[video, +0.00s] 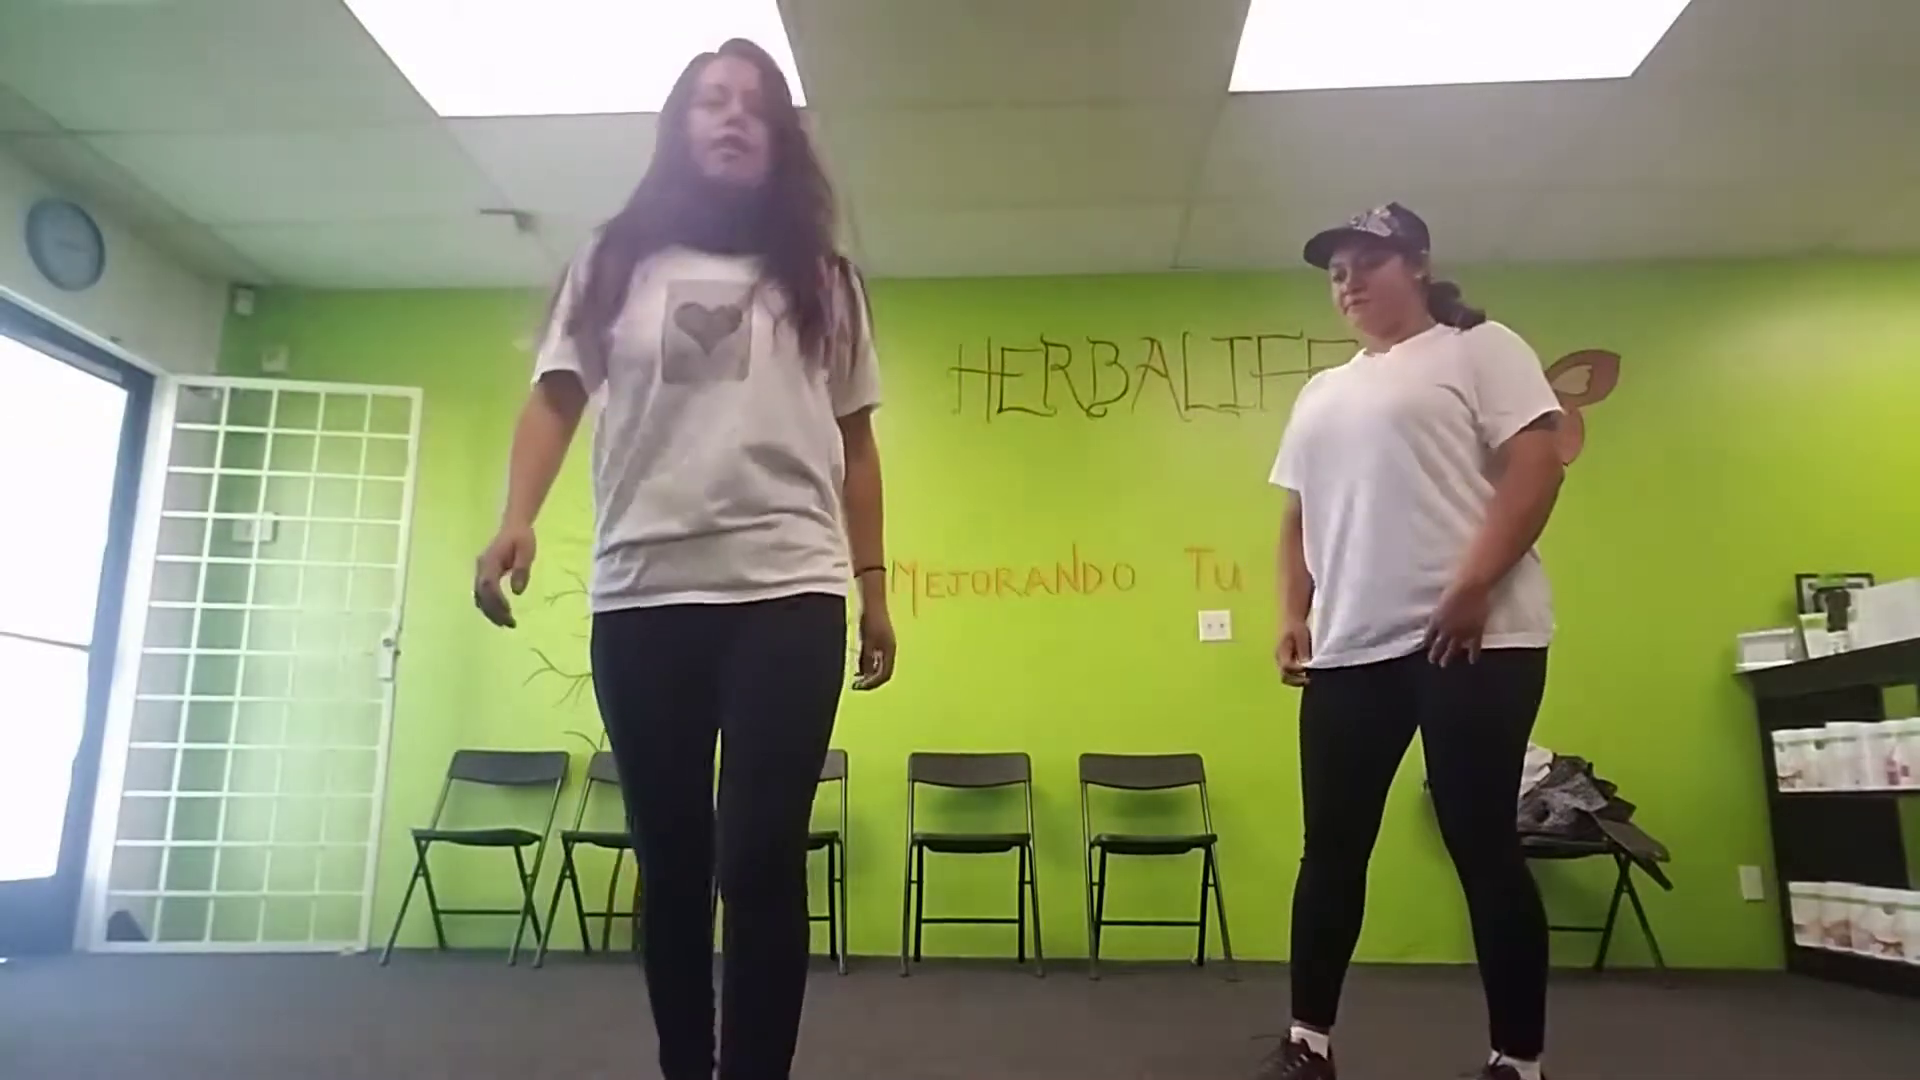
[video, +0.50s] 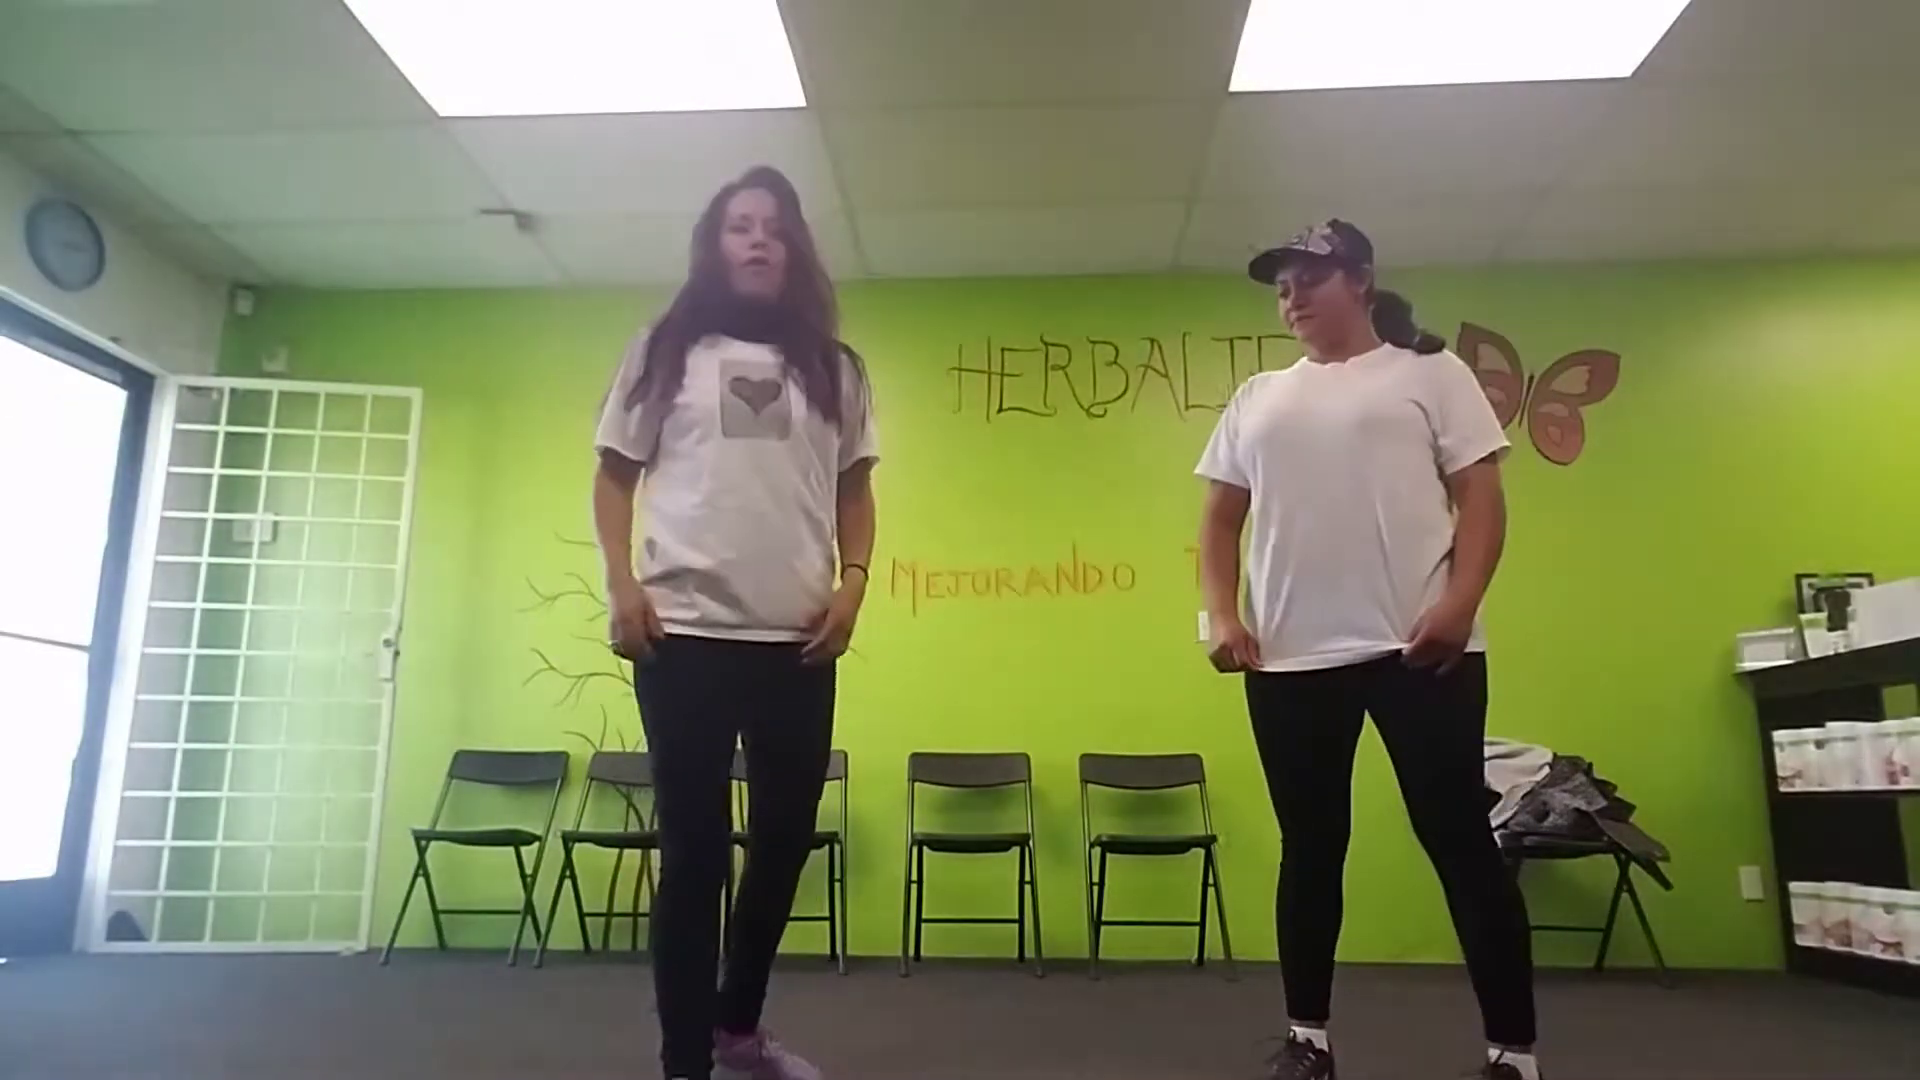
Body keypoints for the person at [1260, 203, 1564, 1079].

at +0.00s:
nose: (1349, 283)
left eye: (1367, 264)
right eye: (1339, 273)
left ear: (1418, 265)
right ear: (1335, 287)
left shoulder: (1483, 348)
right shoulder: (1320, 393)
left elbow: (1536, 464)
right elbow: (1300, 517)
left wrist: (1475, 584)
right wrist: (1294, 610)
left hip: (1475, 641)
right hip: (1350, 656)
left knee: (1483, 845)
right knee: (1331, 847)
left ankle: (1518, 1060)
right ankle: (1308, 1044)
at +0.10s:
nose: (1348, 280)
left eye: (1368, 261)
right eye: (1338, 269)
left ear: (1417, 264)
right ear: (1333, 285)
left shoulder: (1484, 349)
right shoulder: (1316, 391)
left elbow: (1549, 460)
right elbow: (1291, 513)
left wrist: (1489, 582)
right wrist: (1283, 613)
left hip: (1476, 641)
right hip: (1347, 655)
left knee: (1486, 843)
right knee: (1323, 844)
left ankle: (1518, 1059)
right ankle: (1308, 1040)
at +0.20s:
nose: (1342, 281)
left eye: (1361, 263)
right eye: (1333, 270)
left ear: (1411, 265)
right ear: (1328, 287)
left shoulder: (1479, 353)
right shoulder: (1307, 392)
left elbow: (1549, 466)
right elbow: (1279, 511)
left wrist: (1494, 584)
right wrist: (1269, 612)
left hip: (1469, 643)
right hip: (1339, 656)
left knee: (1488, 844)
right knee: (1319, 846)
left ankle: (1518, 1059)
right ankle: (1306, 1036)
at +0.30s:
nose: (1330, 287)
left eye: (1349, 269)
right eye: (1322, 275)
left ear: (1399, 271)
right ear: (1316, 291)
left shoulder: (1470, 363)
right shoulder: (1291, 397)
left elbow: (1533, 480)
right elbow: (1261, 512)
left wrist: (1490, 588)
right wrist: (1254, 611)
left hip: (1458, 648)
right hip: (1328, 661)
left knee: (1488, 847)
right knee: (1319, 851)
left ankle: (1517, 1059)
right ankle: (1308, 1041)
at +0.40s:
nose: (1313, 293)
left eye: (1331, 274)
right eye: (1304, 281)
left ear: (1380, 276)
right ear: (1299, 296)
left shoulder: (1451, 369)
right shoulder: (1272, 400)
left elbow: (1508, 491)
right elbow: (1241, 515)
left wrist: (1476, 598)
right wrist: (1242, 615)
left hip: (1439, 655)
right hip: (1311, 666)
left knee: (1478, 848)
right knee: (1314, 853)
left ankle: (1515, 1058)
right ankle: (1307, 1043)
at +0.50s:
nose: (1292, 298)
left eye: (1311, 280)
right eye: (1284, 286)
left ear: (1360, 281)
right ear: (1279, 299)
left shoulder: (1433, 375)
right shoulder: (1257, 401)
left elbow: (1482, 495)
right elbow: (1221, 516)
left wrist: (1459, 601)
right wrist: (1220, 611)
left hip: (1420, 658)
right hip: (1294, 670)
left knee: (1464, 849)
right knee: (1308, 853)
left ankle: (1512, 1056)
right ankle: (1306, 1042)